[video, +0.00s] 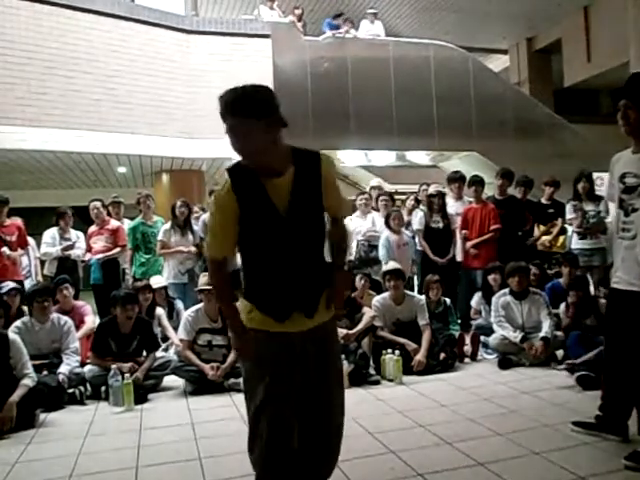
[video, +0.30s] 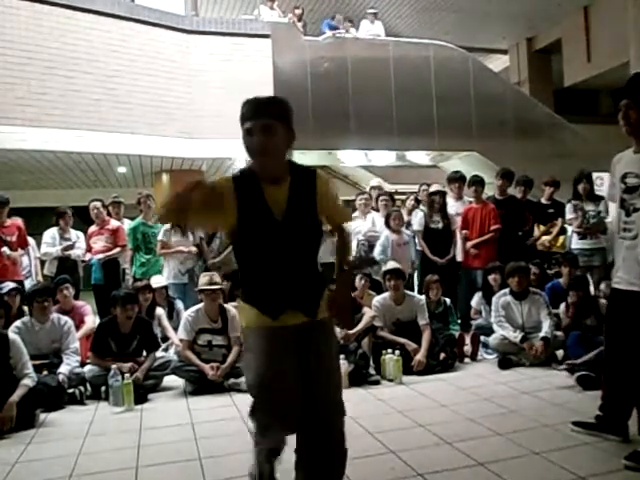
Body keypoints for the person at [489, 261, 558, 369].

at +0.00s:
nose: (517, 280)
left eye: (521, 277)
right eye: (513, 277)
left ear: (527, 278)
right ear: (508, 280)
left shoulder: (539, 297)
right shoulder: (499, 299)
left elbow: (547, 319)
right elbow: (498, 323)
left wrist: (544, 339)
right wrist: (521, 339)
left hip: (535, 335)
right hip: (512, 335)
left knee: (559, 337)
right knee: (495, 341)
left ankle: (519, 360)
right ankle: (542, 358)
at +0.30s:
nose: (517, 281)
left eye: (521, 277)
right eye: (513, 277)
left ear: (528, 279)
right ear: (508, 280)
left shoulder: (539, 296)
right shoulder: (499, 299)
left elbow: (548, 319)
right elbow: (498, 323)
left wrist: (544, 339)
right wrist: (522, 339)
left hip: (535, 334)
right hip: (512, 335)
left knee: (559, 338)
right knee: (495, 341)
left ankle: (519, 360)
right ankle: (542, 358)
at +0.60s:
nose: (517, 281)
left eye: (520, 277)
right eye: (513, 277)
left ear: (527, 278)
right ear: (508, 280)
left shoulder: (539, 296)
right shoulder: (499, 299)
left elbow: (548, 319)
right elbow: (498, 323)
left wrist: (544, 339)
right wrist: (522, 339)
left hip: (535, 334)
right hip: (513, 335)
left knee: (559, 338)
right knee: (495, 341)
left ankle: (519, 360)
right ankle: (542, 358)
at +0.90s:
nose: (517, 281)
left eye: (520, 277)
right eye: (513, 277)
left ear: (527, 278)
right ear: (508, 280)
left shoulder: (539, 296)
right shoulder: (499, 299)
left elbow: (548, 319)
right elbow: (498, 323)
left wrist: (544, 339)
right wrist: (522, 339)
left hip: (535, 334)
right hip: (513, 335)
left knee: (559, 338)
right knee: (495, 341)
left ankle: (519, 360)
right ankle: (542, 358)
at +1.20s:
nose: (517, 281)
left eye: (520, 276)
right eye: (513, 277)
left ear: (527, 278)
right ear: (507, 280)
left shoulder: (539, 296)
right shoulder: (499, 299)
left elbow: (548, 319)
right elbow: (498, 323)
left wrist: (544, 338)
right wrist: (522, 339)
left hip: (535, 334)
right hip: (513, 335)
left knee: (559, 338)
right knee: (495, 341)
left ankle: (519, 360)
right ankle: (541, 358)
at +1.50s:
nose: (517, 281)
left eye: (520, 276)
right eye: (512, 277)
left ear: (527, 278)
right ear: (507, 280)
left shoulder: (539, 296)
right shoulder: (499, 299)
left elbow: (548, 319)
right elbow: (498, 323)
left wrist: (544, 338)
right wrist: (521, 339)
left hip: (535, 334)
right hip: (513, 335)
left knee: (559, 338)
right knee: (495, 341)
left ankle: (518, 360)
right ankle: (541, 358)